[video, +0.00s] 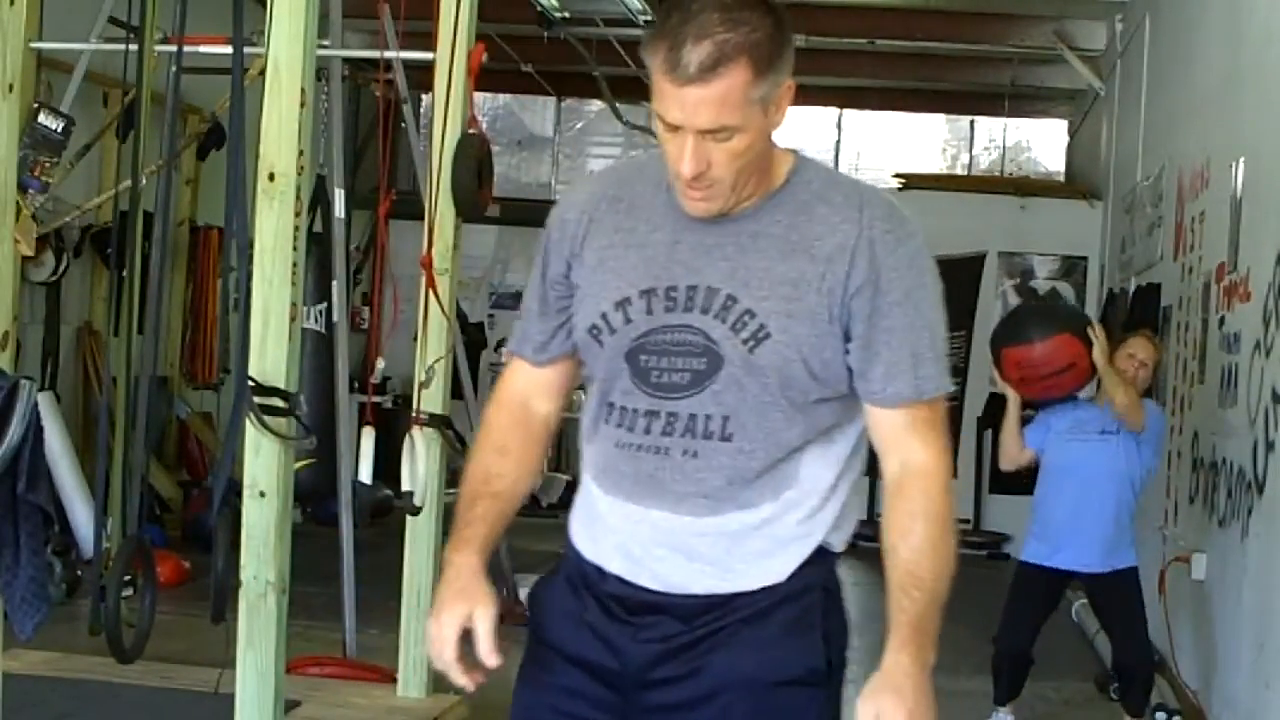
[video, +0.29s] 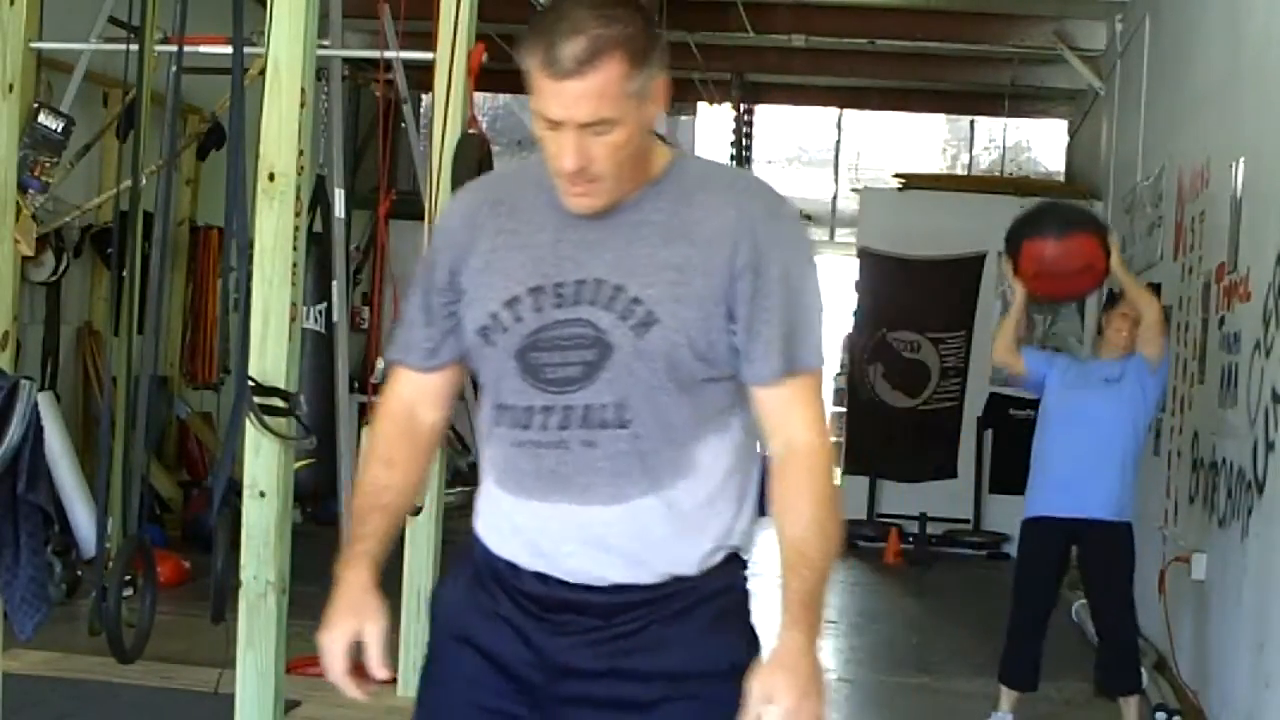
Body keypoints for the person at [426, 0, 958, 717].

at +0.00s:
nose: (688, 164)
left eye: (720, 134)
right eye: (668, 128)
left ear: (780, 104)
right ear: (653, 96)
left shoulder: (865, 235)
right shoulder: (590, 214)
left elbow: (914, 462)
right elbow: (528, 394)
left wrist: (908, 665)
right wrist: (465, 556)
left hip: (760, 635)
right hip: (587, 620)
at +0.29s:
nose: (570, 158)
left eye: (600, 128)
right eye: (550, 125)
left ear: (657, 100)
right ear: (530, 102)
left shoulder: (748, 224)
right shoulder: (476, 218)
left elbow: (799, 447)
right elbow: (411, 407)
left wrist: (797, 647)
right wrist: (357, 571)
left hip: (676, 629)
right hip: (496, 622)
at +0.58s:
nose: (508, 163)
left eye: (532, 129)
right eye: (483, 132)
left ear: (591, 96)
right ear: (463, 114)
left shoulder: (703, 208)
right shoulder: (426, 237)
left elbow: (769, 416)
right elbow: (362, 420)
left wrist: (732, 599)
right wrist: (297, 595)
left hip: (665, 625)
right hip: (489, 622)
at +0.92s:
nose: (573, 211)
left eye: (595, 177)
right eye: (548, 182)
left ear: (659, 138)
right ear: (530, 162)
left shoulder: (782, 255)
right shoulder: (525, 269)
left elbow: (831, 492)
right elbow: (478, 462)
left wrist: (768, 700)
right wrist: (418, 641)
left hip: (750, 631)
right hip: (583, 621)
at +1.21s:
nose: (528, 367)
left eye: (555, 331)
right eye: (510, 333)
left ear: (625, 288)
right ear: (490, 309)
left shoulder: (739, 366)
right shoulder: (477, 376)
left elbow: (777, 628)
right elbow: (468, 590)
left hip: (752, 638)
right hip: (588, 628)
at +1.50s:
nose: (483, 659)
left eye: (505, 624)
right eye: (464, 627)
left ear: (572, 555)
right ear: (432, 587)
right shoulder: (420, 584)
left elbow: (704, 706)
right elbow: (425, 711)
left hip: (758, 598)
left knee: (796, 711)